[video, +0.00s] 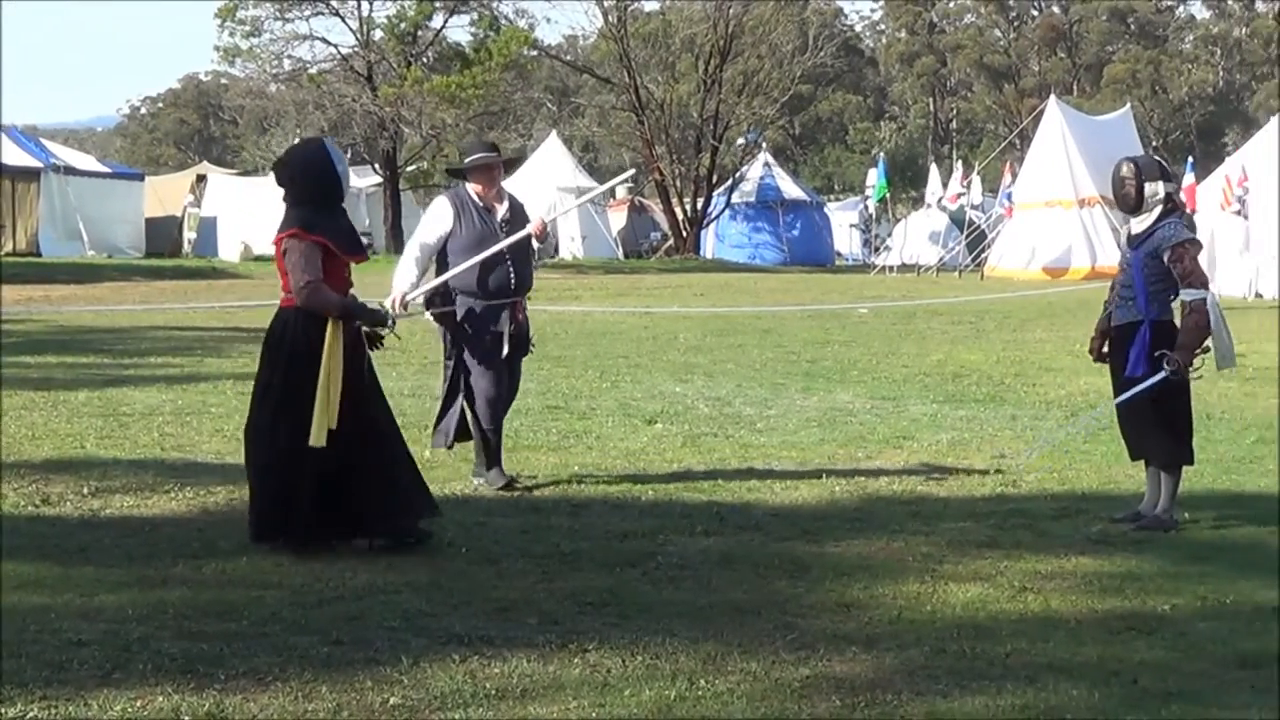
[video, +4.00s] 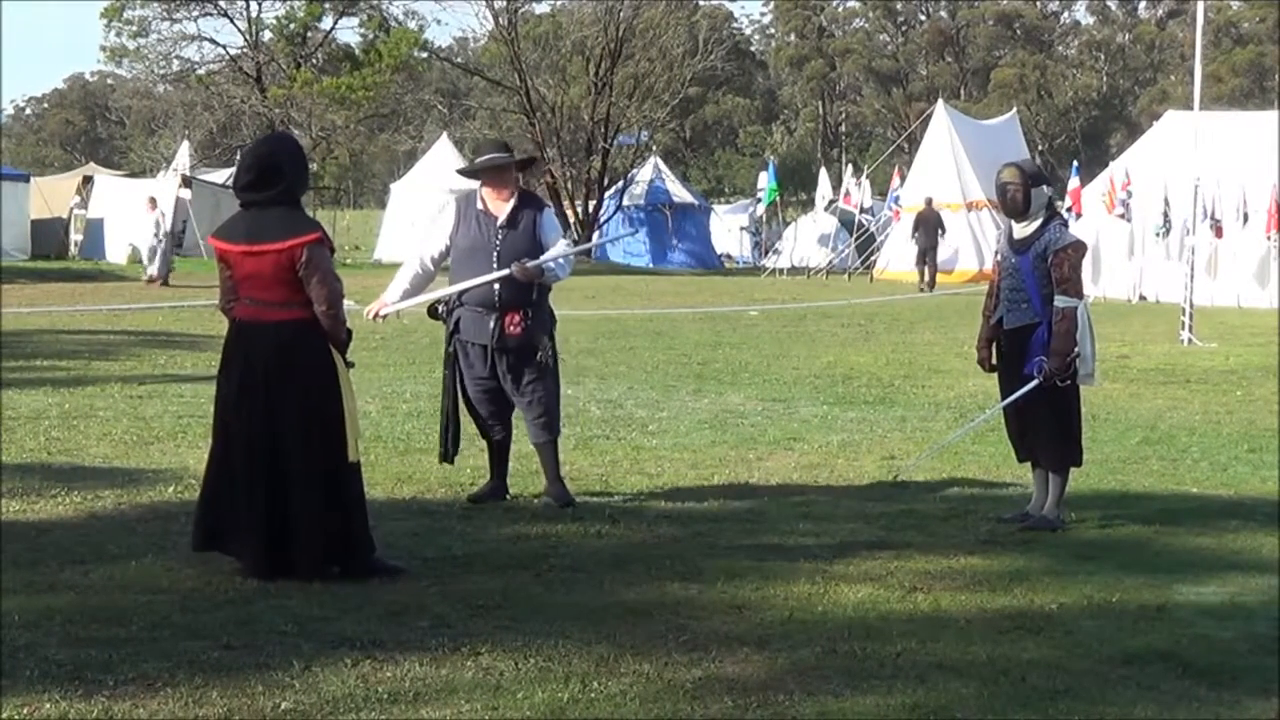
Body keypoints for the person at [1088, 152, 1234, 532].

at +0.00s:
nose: (1124, 192)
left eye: (1131, 184)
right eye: (1120, 185)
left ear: (1153, 186)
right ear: (1119, 188)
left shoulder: (1171, 229)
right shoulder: (1136, 229)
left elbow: (1198, 295)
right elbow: (1121, 285)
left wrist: (1183, 350)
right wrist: (1103, 327)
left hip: (1155, 333)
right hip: (1128, 333)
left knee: (1165, 415)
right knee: (1142, 414)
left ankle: (1165, 509)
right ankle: (1150, 502)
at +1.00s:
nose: (1015, 195)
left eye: (1021, 187)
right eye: (1015, 186)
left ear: (1041, 189)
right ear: (1043, 191)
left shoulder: (1060, 241)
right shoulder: (1036, 234)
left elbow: (1052, 306)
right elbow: (1025, 296)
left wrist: (1036, 352)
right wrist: (1009, 337)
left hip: (1048, 339)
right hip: (1025, 336)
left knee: (1057, 422)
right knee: (1037, 421)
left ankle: (1058, 508)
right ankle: (1044, 502)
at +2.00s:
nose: (1010, 194)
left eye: (1018, 187)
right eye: (1006, 187)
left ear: (1041, 190)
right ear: (1004, 193)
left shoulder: (1058, 236)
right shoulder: (1013, 234)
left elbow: (1069, 300)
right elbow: (1001, 287)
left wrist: (1063, 353)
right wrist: (988, 332)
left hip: (1045, 336)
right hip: (1013, 336)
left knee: (1050, 417)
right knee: (1024, 415)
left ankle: (1049, 508)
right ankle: (1035, 501)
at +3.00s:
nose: (1013, 196)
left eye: (1021, 189)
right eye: (1009, 189)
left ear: (1044, 192)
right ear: (1005, 193)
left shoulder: (1063, 236)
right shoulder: (1013, 234)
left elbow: (1072, 300)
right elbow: (1002, 288)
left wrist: (1063, 353)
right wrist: (990, 334)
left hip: (1050, 337)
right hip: (1016, 337)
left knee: (1054, 417)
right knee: (1027, 415)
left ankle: (1053, 508)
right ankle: (1039, 501)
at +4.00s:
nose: (1006, 197)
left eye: (1014, 190)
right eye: (1002, 190)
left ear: (1037, 193)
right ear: (999, 194)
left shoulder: (1057, 237)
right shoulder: (1008, 234)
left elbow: (1067, 300)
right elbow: (997, 288)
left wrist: (1060, 354)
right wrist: (986, 335)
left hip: (1046, 337)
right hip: (1013, 338)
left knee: (1052, 417)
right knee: (1026, 416)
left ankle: (1053, 507)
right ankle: (1038, 501)